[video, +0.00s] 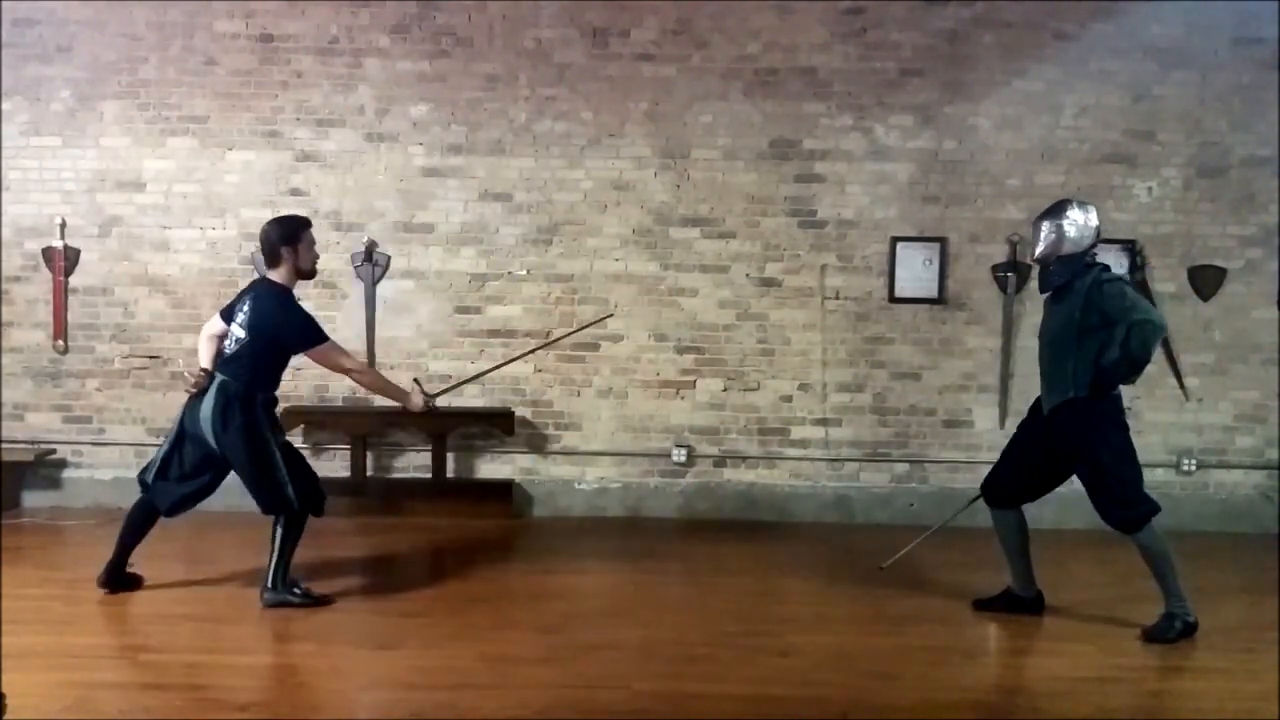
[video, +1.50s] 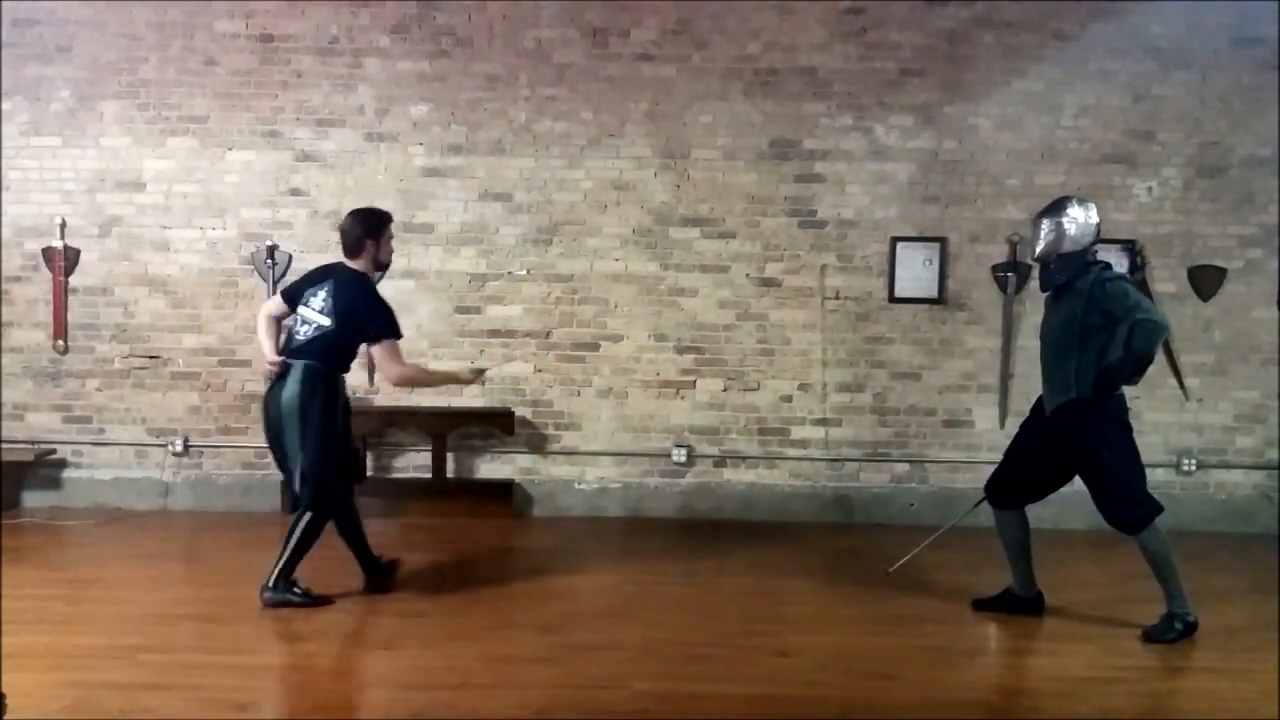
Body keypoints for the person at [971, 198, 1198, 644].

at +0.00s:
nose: (1041, 244)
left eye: (1049, 233)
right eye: (1041, 234)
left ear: (1073, 236)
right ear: (1062, 237)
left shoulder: (1099, 284)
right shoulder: (1063, 288)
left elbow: (1147, 323)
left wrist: (1111, 376)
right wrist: (1060, 386)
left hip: (1095, 416)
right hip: (1054, 414)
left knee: (1130, 512)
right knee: (1000, 492)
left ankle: (1179, 611)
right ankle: (1023, 591)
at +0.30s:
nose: (1033, 246)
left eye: (1040, 236)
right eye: (1033, 236)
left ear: (1064, 238)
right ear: (1061, 240)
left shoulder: (1095, 283)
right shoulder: (1057, 286)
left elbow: (1143, 324)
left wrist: (1108, 376)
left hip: (1092, 416)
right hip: (1050, 414)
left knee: (1128, 511)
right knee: (998, 492)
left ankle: (1179, 612)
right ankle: (1023, 591)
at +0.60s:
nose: (1034, 247)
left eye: (1041, 236)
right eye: (1033, 237)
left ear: (1065, 238)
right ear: (1060, 239)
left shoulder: (1095, 284)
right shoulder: (1057, 287)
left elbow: (1145, 323)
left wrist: (1112, 374)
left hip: (1092, 416)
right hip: (1050, 414)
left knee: (1131, 511)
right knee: (998, 493)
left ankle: (1180, 612)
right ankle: (1023, 591)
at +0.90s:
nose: (1036, 245)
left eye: (1044, 235)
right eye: (1036, 236)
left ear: (1067, 237)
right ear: (1063, 238)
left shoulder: (1097, 283)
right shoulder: (1057, 286)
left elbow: (1146, 324)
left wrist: (1112, 375)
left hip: (1093, 416)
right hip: (1051, 414)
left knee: (1131, 511)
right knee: (999, 493)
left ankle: (1180, 612)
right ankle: (1023, 591)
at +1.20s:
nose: (1037, 245)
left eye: (1045, 234)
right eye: (1037, 234)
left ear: (1067, 236)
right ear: (1065, 236)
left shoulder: (1098, 283)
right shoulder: (1058, 286)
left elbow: (1149, 323)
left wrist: (1116, 374)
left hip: (1096, 416)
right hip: (1053, 414)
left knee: (1132, 510)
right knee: (1001, 492)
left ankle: (1180, 612)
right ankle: (1023, 591)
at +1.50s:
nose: (1043, 246)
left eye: (1051, 235)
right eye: (1042, 235)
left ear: (1075, 237)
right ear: (1058, 237)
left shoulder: (1102, 283)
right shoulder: (1063, 286)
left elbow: (1151, 322)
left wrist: (1116, 374)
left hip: (1098, 416)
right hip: (1056, 414)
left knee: (1132, 510)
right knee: (1003, 492)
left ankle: (1180, 612)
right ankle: (1023, 592)